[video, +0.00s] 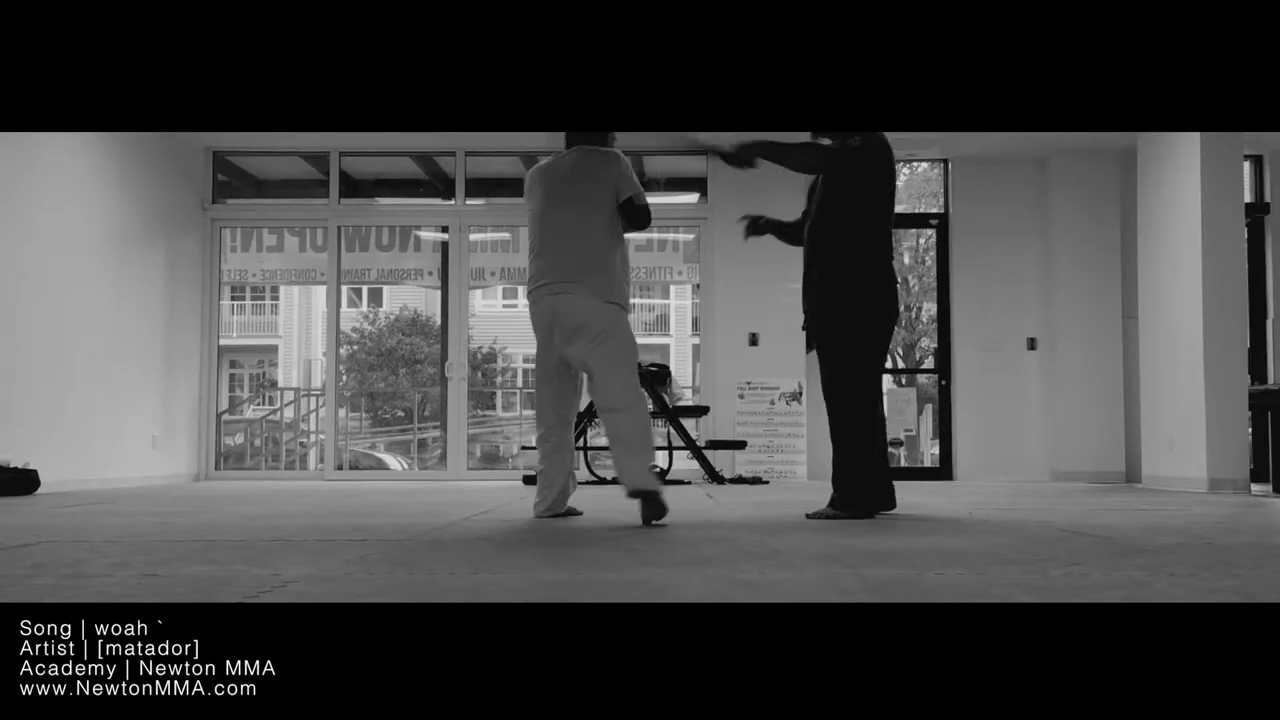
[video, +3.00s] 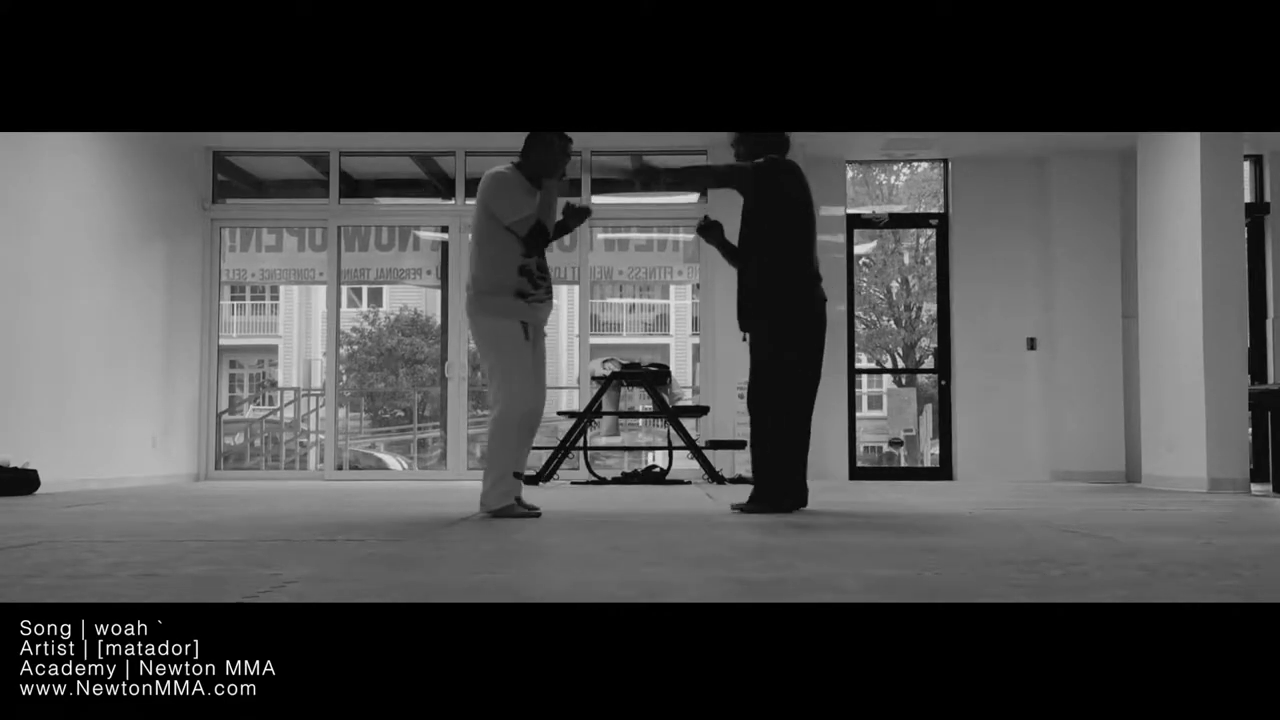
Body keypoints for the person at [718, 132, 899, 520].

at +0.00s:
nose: (814, 139)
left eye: (818, 136)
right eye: (814, 137)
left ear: (835, 129)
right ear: (832, 138)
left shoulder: (868, 148)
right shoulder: (832, 168)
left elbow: (816, 157)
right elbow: (810, 232)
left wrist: (754, 148)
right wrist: (771, 225)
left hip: (859, 300)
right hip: (838, 301)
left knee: (850, 399)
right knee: (854, 398)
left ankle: (854, 499)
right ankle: (873, 492)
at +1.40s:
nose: (785, 148)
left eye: (787, 139)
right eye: (784, 142)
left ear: (804, 137)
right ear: (818, 138)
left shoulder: (841, 168)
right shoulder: (832, 170)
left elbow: (816, 215)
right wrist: (785, 229)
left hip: (850, 312)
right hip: (838, 310)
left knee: (846, 400)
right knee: (842, 399)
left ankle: (850, 496)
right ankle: (854, 493)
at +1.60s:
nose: (781, 142)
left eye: (784, 135)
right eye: (780, 137)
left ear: (803, 134)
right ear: (807, 136)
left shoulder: (834, 167)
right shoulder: (813, 170)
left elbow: (805, 233)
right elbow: (819, 234)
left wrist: (733, 227)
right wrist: (780, 221)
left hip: (858, 305)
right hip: (838, 303)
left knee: (853, 395)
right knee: (845, 395)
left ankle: (852, 496)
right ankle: (858, 491)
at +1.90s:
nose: (772, 148)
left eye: (776, 141)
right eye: (771, 143)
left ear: (797, 138)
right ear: (791, 142)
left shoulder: (835, 169)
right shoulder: (795, 172)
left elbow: (834, 245)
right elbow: (772, 223)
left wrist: (774, 261)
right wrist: (734, 246)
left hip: (861, 296)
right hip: (832, 297)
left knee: (855, 391)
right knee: (838, 390)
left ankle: (848, 495)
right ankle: (862, 487)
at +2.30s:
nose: (760, 139)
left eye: (764, 133)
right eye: (761, 134)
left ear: (785, 133)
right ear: (788, 135)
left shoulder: (812, 170)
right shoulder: (797, 167)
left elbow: (777, 245)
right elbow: (754, 212)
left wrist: (708, 257)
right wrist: (711, 197)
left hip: (839, 308)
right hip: (818, 307)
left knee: (844, 395)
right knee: (816, 393)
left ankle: (845, 499)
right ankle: (814, 483)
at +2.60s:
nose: (747, 145)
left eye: (753, 137)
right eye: (748, 137)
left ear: (774, 141)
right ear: (782, 142)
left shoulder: (784, 183)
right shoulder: (791, 179)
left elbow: (726, 234)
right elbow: (776, 231)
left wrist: (680, 202)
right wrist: (737, 216)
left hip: (814, 314)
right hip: (799, 314)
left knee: (816, 403)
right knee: (791, 403)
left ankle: (838, 495)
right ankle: (791, 492)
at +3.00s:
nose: (735, 148)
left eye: (739, 141)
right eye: (735, 142)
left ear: (755, 143)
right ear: (774, 143)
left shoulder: (770, 174)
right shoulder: (782, 182)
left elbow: (712, 176)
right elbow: (754, 265)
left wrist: (659, 175)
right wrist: (720, 241)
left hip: (783, 313)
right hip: (792, 312)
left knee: (771, 402)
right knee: (783, 403)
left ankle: (775, 495)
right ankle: (784, 493)